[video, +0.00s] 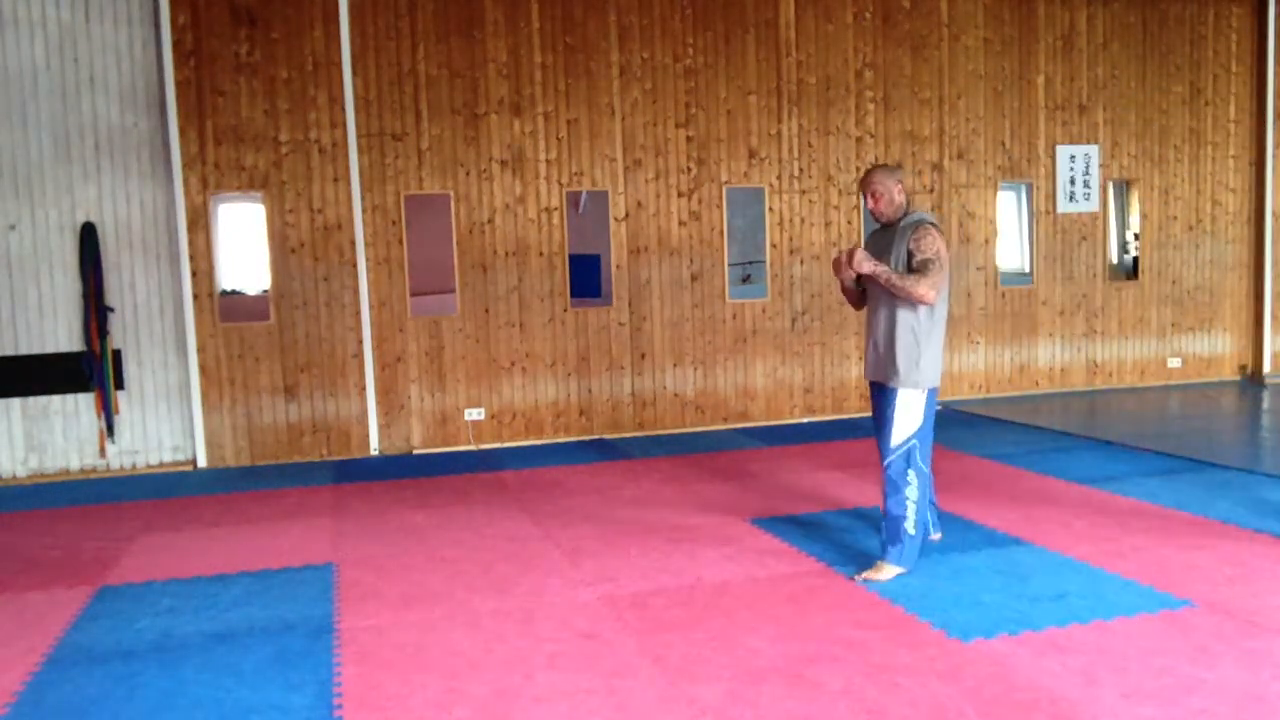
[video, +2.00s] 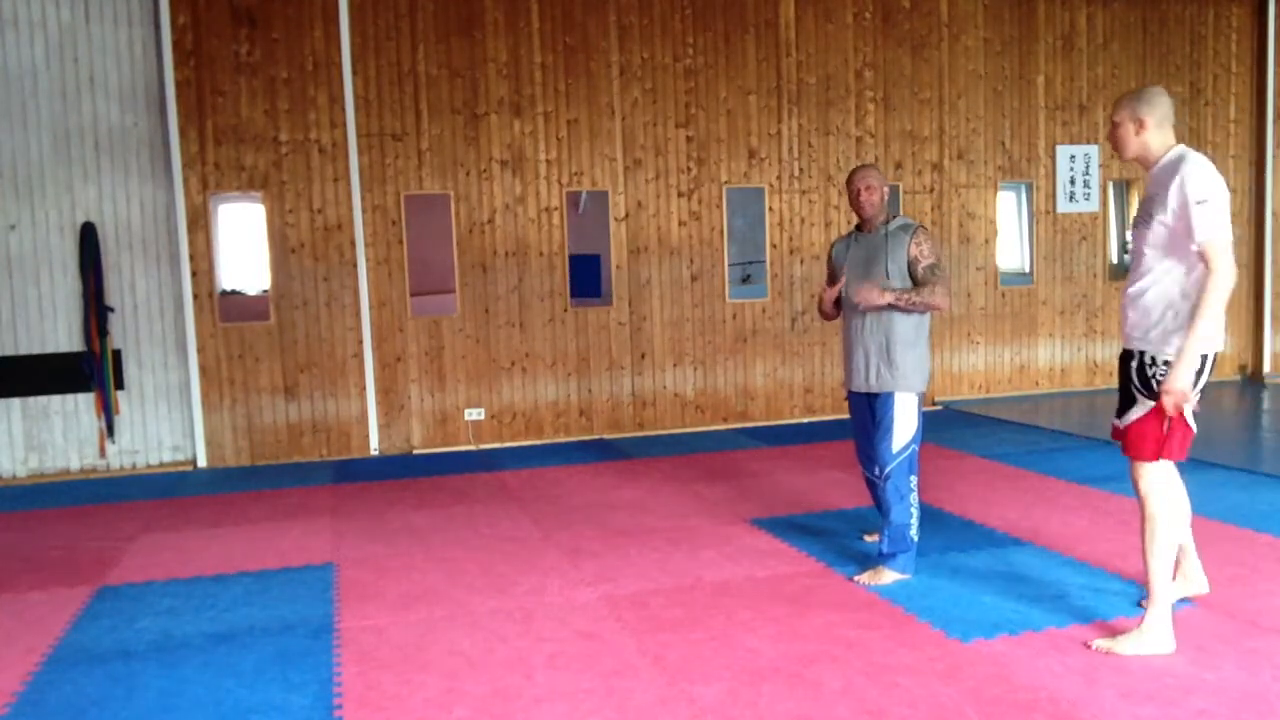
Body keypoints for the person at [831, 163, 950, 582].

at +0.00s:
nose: (871, 204)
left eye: (876, 194)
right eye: (867, 197)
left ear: (899, 191)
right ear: (868, 201)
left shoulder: (924, 233)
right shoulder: (878, 239)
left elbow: (926, 291)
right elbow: (861, 301)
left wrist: (874, 270)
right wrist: (847, 280)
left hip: (913, 366)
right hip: (884, 363)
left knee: (899, 460)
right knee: (903, 454)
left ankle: (899, 554)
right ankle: (926, 524)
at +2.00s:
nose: (862, 196)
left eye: (869, 189)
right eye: (855, 191)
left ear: (885, 192)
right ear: (848, 200)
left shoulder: (912, 236)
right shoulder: (841, 248)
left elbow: (939, 296)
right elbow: (829, 313)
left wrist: (884, 297)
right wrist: (828, 300)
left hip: (900, 373)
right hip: (859, 373)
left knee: (895, 469)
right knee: (872, 463)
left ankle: (900, 560)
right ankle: (895, 527)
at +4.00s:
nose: (881, 194)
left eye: (886, 186)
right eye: (872, 189)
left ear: (897, 188)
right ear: (861, 198)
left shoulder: (922, 230)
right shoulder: (858, 244)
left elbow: (937, 281)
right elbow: (832, 304)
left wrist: (876, 278)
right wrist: (834, 288)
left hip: (917, 367)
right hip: (879, 369)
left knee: (903, 465)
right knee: (904, 461)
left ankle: (903, 563)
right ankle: (933, 532)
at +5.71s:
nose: (876, 200)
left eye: (883, 190)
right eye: (869, 194)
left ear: (904, 189)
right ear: (865, 201)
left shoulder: (931, 236)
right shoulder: (875, 242)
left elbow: (948, 300)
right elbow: (866, 306)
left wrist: (888, 289)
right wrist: (848, 293)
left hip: (930, 375)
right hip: (898, 373)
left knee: (921, 470)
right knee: (907, 464)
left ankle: (928, 566)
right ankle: (922, 534)